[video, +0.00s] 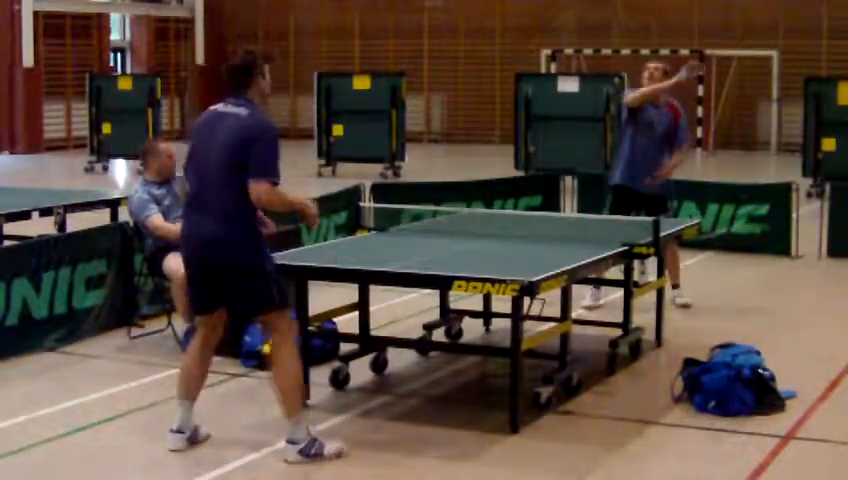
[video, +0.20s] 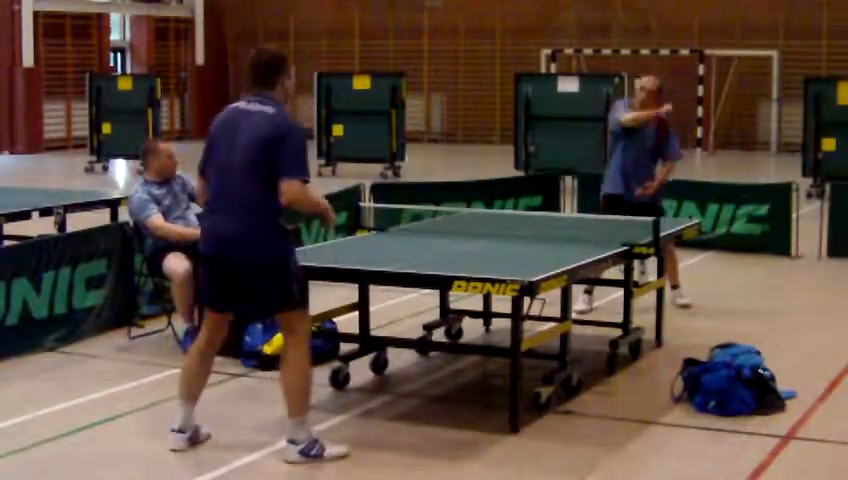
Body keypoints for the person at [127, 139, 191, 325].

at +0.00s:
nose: (174, 161)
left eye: (173, 156)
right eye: (169, 157)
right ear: (152, 163)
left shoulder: (179, 184)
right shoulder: (140, 196)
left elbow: (198, 207)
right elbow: (161, 228)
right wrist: (194, 232)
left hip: (190, 239)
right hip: (162, 246)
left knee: (214, 260)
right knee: (181, 271)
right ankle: (189, 324)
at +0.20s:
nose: (175, 161)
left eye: (174, 156)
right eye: (169, 157)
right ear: (153, 163)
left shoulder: (178, 181)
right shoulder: (141, 196)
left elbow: (202, 198)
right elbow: (160, 228)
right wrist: (200, 233)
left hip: (193, 233)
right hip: (164, 243)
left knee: (221, 255)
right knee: (182, 270)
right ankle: (189, 324)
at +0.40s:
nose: (174, 162)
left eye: (174, 157)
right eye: (168, 158)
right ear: (152, 163)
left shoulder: (179, 182)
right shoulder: (141, 196)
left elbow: (207, 202)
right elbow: (159, 228)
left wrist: (215, 185)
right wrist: (200, 233)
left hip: (194, 236)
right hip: (165, 243)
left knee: (227, 256)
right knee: (182, 269)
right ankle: (189, 325)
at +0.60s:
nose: (174, 161)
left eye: (173, 156)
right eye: (167, 157)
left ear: (173, 159)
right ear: (150, 163)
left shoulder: (179, 181)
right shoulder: (140, 196)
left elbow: (207, 201)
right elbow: (160, 228)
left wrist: (231, 211)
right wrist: (202, 232)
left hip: (194, 236)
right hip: (164, 244)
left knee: (229, 255)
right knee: (182, 269)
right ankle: (190, 326)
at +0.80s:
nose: (172, 163)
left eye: (172, 158)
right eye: (166, 159)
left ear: (174, 160)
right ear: (148, 163)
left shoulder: (179, 181)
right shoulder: (141, 196)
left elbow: (205, 201)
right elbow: (160, 228)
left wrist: (226, 211)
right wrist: (198, 233)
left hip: (194, 236)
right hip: (164, 244)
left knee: (228, 255)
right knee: (182, 269)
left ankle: (227, 318)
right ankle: (190, 326)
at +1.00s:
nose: (171, 163)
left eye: (172, 158)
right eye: (165, 158)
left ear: (174, 159)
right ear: (147, 162)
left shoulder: (178, 181)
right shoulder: (140, 196)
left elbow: (207, 202)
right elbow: (160, 228)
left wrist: (233, 213)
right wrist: (199, 233)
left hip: (194, 237)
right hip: (163, 245)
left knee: (231, 254)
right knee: (183, 270)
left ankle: (236, 320)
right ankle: (190, 327)